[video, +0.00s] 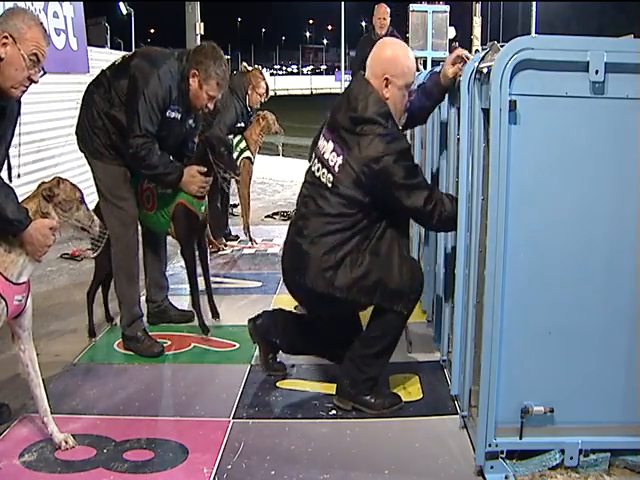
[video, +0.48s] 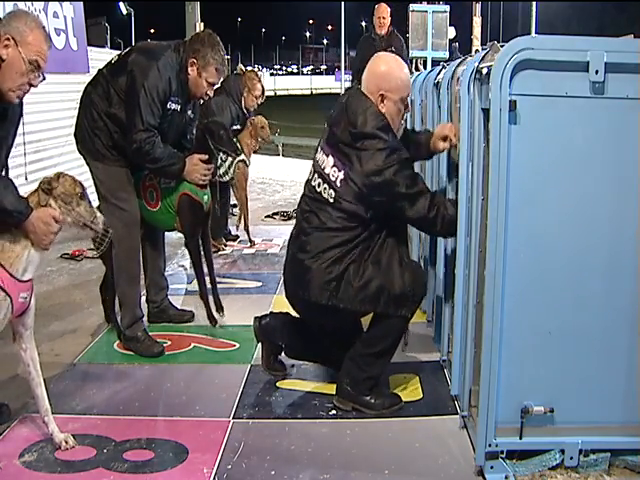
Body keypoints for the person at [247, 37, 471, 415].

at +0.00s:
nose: (410, 96)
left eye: (411, 88)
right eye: (407, 87)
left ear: (377, 81)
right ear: (385, 85)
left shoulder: (348, 108)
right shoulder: (384, 144)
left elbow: (405, 114)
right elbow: (432, 209)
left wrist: (442, 80)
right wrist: (484, 209)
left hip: (303, 258)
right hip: (329, 268)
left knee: (346, 344)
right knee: (407, 282)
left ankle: (271, 327)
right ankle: (359, 386)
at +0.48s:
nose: (407, 109)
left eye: (407, 101)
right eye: (404, 101)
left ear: (373, 96)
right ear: (381, 100)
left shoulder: (350, 120)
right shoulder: (381, 155)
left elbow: (391, 144)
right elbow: (433, 214)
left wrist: (429, 141)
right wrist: (492, 212)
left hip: (307, 268)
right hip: (331, 277)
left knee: (349, 352)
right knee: (410, 282)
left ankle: (274, 329)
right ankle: (358, 386)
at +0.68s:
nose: (405, 128)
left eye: (406, 120)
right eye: (402, 120)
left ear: (373, 109)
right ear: (380, 115)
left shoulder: (347, 128)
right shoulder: (375, 168)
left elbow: (392, 168)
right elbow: (428, 227)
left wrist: (429, 190)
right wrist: (473, 242)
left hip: (299, 270)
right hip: (320, 280)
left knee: (348, 351)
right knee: (400, 277)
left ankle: (275, 330)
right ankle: (358, 388)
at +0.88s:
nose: (399, 137)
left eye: (401, 129)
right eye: (395, 129)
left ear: (374, 116)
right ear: (374, 120)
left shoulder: (349, 135)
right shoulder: (355, 159)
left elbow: (395, 192)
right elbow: (391, 225)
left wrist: (430, 239)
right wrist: (423, 267)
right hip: (309, 281)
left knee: (358, 352)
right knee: (390, 274)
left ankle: (277, 332)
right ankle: (358, 388)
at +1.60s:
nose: (402, 84)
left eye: (404, 75)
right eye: (403, 74)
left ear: (376, 59)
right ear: (390, 66)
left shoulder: (344, 86)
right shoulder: (353, 98)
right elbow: (361, 193)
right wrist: (393, 236)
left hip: (297, 230)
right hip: (305, 234)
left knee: (349, 314)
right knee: (391, 271)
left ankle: (271, 336)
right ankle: (357, 387)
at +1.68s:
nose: (397, 58)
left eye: (400, 49)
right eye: (399, 48)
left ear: (367, 29)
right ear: (390, 39)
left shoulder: (330, 66)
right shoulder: (356, 78)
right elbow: (373, 169)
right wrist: (397, 230)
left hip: (290, 208)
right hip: (311, 211)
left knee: (349, 288)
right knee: (390, 272)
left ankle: (272, 339)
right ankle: (358, 386)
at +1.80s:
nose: (391, 19)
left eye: (392, 11)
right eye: (391, 10)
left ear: (352, 3)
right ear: (377, 5)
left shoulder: (313, 31)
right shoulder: (367, 46)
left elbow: (294, 114)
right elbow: (383, 138)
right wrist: (401, 211)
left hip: (285, 187)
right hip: (327, 191)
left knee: (334, 265)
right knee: (387, 265)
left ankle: (281, 362)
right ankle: (358, 385)